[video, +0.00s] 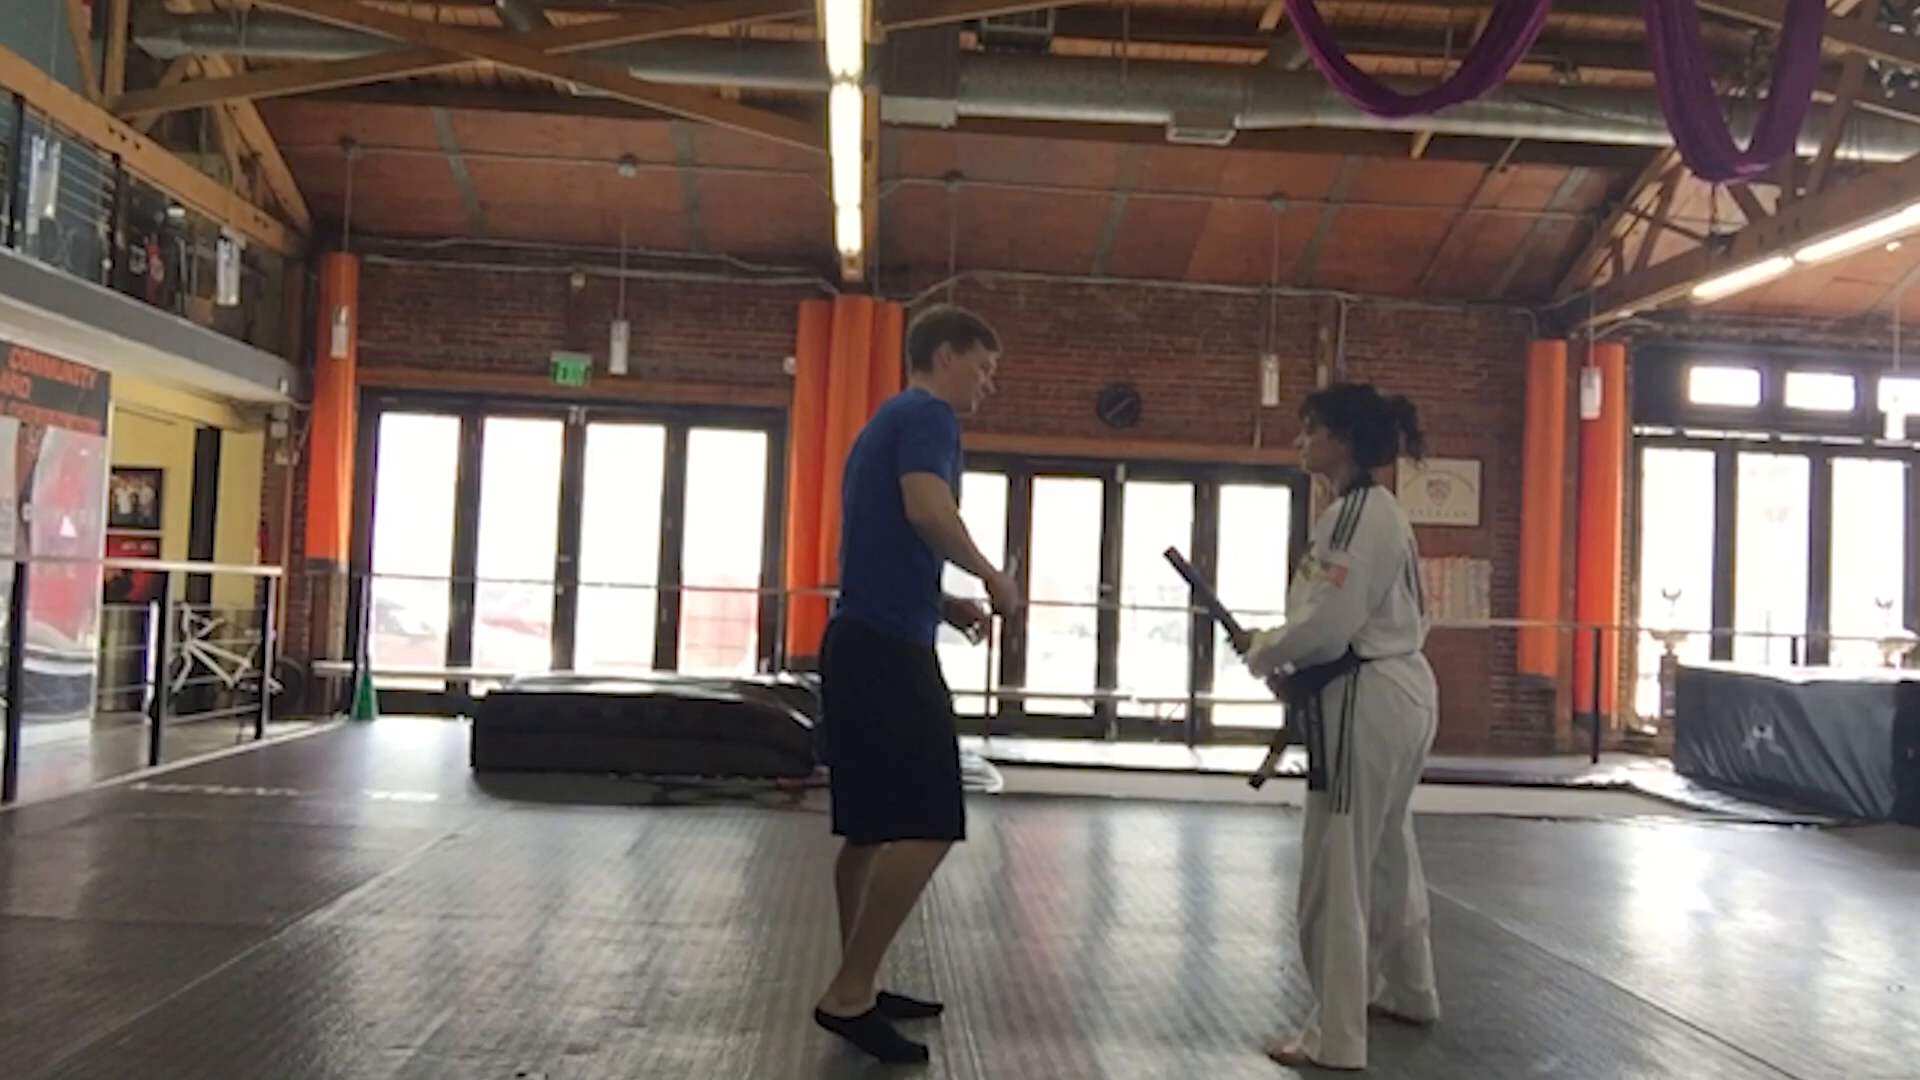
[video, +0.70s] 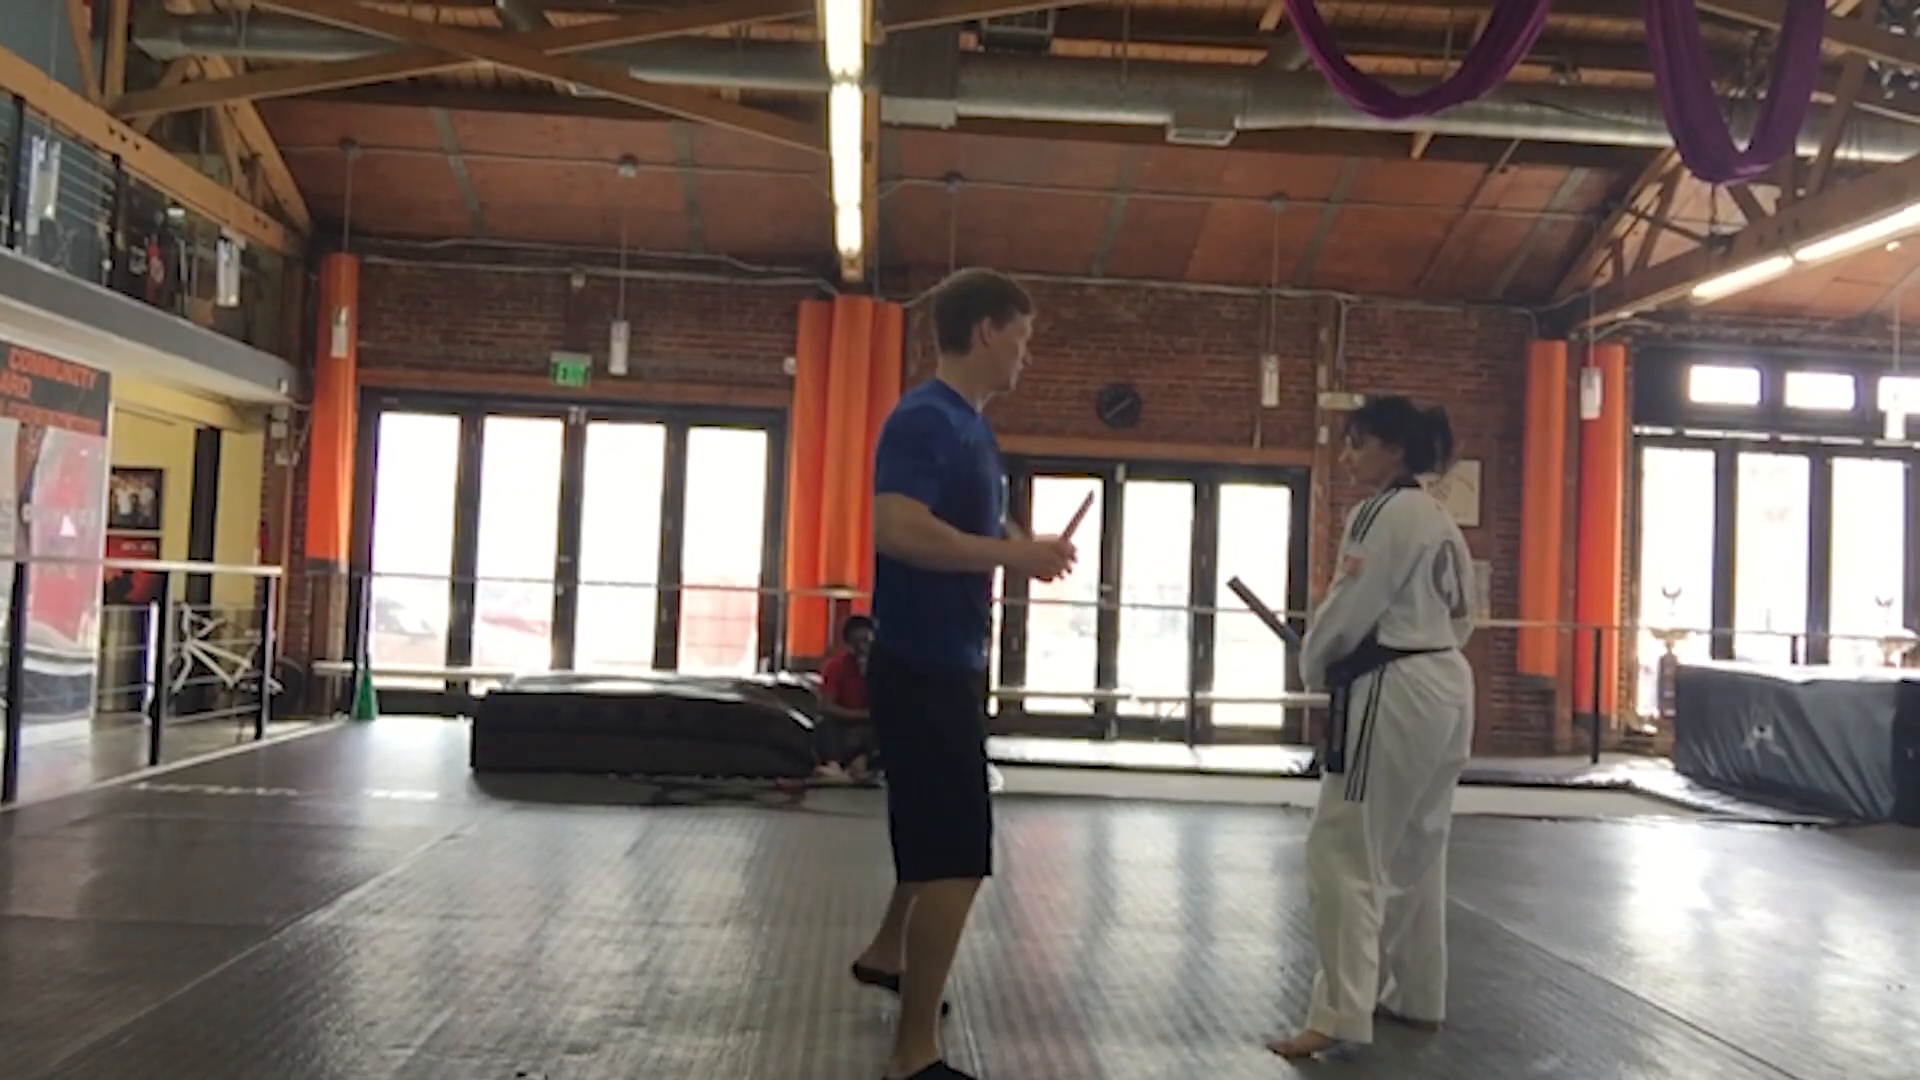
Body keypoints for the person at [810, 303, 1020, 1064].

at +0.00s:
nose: (989, 383)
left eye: (992, 369)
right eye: (984, 365)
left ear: (933, 361)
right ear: (945, 355)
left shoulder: (891, 423)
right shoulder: (927, 414)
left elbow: (876, 559)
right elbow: (924, 506)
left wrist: (947, 602)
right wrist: (991, 572)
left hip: (862, 648)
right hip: (889, 653)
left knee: (870, 826)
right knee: (932, 825)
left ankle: (863, 981)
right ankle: (849, 996)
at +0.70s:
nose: (1026, 357)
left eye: (1028, 341)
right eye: (1021, 340)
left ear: (976, 337)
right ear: (982, 333)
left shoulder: (967, 424)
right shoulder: (924, 417)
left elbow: (964, 527)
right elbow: (897, 527)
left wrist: (1025, 548)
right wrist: (1011, 553)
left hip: (949, 665)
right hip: (918, 667)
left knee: (942, 832)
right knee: (959, 862)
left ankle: (887, 951)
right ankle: (914, 1053)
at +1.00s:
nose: (1036, 352)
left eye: (1038, 337)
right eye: (1031, 336)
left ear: (994, 335)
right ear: (989, 332)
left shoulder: (1014, 419)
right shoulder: (910, 423)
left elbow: (1078, 508)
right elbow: (851, 531)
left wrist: (1051, 540)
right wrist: (973, 548)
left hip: (987, 666)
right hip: (930, 670)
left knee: (992, 824)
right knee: (960, 862)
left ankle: (921, 944)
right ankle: (912, 1057)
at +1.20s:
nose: (1045, 376)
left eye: (1047, 362)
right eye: (1038, 361)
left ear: (1002, 361)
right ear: (993, 359)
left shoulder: (1030, 428)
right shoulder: (905, 442)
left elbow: (1143, 455)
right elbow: (806, 530)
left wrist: (1065, 480)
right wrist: (894, 533)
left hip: (1005, 682)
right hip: (932, 684)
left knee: (1013, 828)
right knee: (969, 853)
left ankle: (937, 932)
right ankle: (915, 1055)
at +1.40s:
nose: (1054, 400)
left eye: (1055, 387)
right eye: (1046, 386)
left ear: (1017, 387)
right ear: (1001, 386)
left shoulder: (1041, 448)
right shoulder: (925, 464)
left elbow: (1132, 426)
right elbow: (821, 520)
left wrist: (1125, 435)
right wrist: (884, 438)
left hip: (1005, 700)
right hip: (950, 702)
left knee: (990, 847)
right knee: (1007, 872)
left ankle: (931, 956)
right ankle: (919, 1059)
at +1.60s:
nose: (1070, 397)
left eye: (1068, 386)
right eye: (1065, 386)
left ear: (991, 378)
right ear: (1039, 386)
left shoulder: (931, 437)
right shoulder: (1022, 430)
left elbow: (874, 457)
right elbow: (1128, 382)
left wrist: (941, 430)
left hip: (939, 675)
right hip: (994, 675)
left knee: (978, 827)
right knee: (1055, 852)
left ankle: (925, 968)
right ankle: (956, 1008)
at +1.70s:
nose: (1082, 404)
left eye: (1083, 393)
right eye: (1079, 393)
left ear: (1002, 383)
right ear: (1058, 394)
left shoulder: (931, 429)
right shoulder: (1054, 441)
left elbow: (835, 468)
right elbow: (1146, 430)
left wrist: (911, 481)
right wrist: (1203, 358)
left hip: (927, 665)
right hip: (997, 669)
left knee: (957, 814)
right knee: (1048, 849)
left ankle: (925, 963)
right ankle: (1013, 1043)